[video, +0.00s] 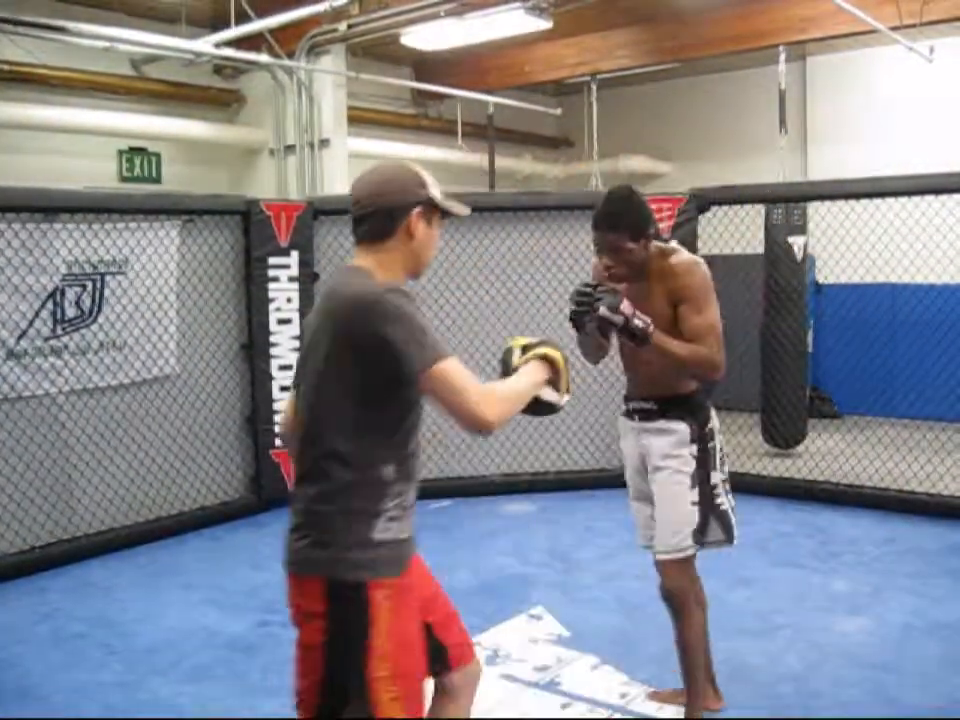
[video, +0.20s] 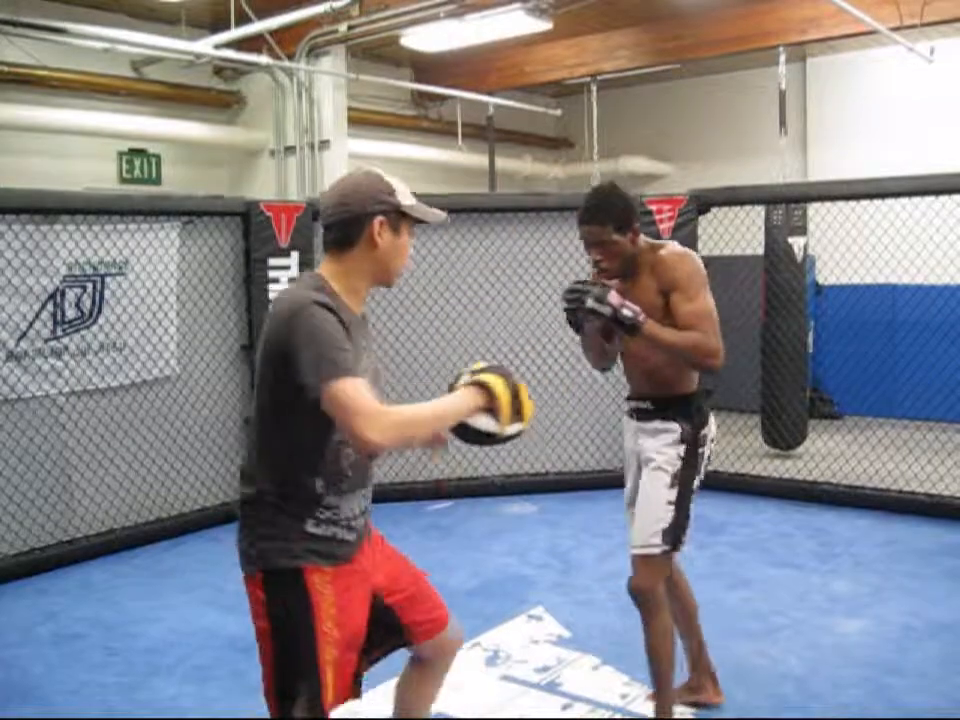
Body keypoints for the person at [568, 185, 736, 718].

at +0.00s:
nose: (608, 263)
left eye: (618, 253)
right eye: (603, 252)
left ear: (646, 238)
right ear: (600, 242)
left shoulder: (686, 271)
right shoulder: (609, 269)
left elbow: (712, 363)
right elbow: (595, 352)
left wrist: (641, 329)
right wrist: (586, 318)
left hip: (681, 432)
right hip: (637, 430)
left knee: (676, 577)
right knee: (671, 573)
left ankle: (704, 696)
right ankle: (701, 688)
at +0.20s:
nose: (594, 258)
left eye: (603, 247)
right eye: (588, 247)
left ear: (633, 234)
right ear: (585, 239)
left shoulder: (678, 264)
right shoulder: (609, 277)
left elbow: (711, 353)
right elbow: (601, 360)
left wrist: (633, 319)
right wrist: (587, 321)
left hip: (678, 428)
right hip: (639, 425)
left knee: (645, 585)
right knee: (659, 564)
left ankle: (663, 708)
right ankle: (702, 679)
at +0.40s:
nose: (562, 303)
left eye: (568, 290)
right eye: (556, 292)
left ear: (600, 275)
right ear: (590, 279)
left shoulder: (635, 308)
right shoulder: (611, 311)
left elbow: (644, 403)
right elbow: (629, 385)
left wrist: (580, 370)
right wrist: (579, 365)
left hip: (682, 466)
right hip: (649, 460)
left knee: (623, 615)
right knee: (627, 579)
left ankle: (619, 712)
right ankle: (698, 676)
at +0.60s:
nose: (532, 291)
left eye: (537, 276)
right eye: (523, 282)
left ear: (569, 261)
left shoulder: (616, 283)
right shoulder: (579, 320)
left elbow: (649, 351)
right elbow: (626, 404)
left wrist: (575, 353)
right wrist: (569, 426)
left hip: (665, 465)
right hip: (623, 462)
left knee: (611, 634)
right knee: (638, 590)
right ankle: (697, 679)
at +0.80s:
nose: (526, 271)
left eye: (530, 254)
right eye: (516, 262)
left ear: (564, 237)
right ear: (517, 267)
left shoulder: (626, 258)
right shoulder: (548, 309)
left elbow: (691, 320)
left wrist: (602, 307)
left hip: (655, 455)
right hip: (609, 455)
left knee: (610, 633)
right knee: (640, 598)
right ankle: (682, 692)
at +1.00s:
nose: (514, 294)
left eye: (520, 281)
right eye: (509, 282)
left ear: (558, 267)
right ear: (556, 267)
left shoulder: (623, 307)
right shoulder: (569, 309)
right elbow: (582, 399)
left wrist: (561, 354)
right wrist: (541, 365)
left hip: (633, 481)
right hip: (596, 470)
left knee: (568, 641)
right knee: (611, 601)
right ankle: (667, 703)